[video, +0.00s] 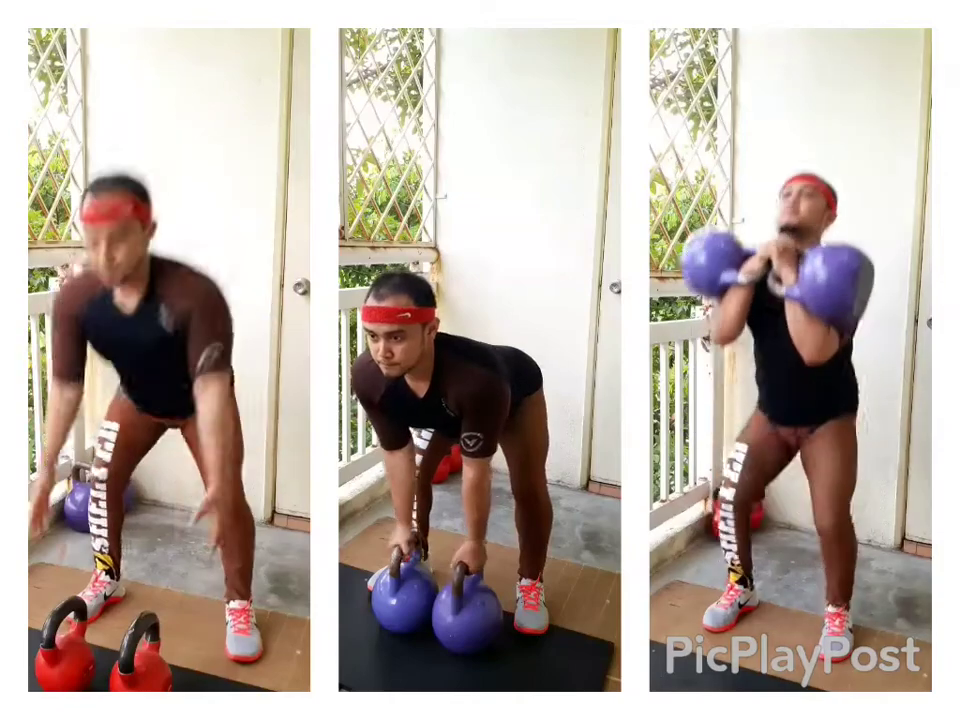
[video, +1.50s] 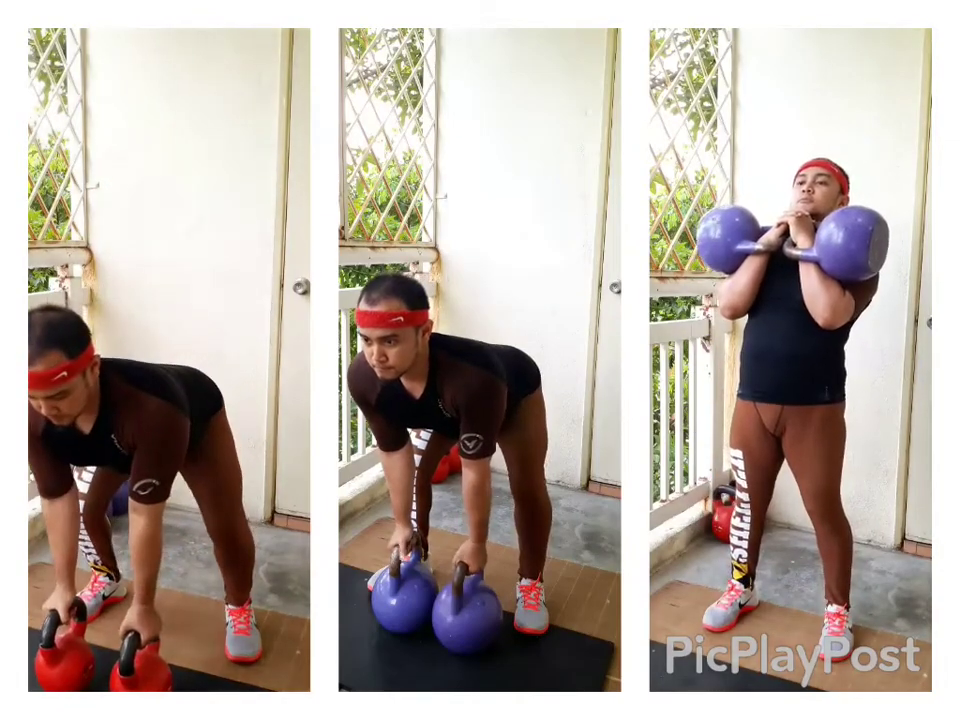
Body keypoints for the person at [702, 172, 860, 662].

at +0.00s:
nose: (793, 203)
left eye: (807, 197)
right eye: (787, 196)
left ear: (829, 215)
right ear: (776, 209)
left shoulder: (838, 269)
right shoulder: (753, 265)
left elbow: (815, 351)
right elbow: (722, 334)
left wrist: (789, 279)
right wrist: (749, 273)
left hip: (828, 418)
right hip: (771, 414)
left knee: (831, 522)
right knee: (735, 500)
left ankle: (837, 613)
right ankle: (740, 586)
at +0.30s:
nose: (804, 174)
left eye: (818, 169)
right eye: (799, 169)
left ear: (843, 190)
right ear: (788, 186)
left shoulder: (851, 248)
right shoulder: (766, 239)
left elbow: (824, 309)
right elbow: (727, 300)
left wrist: (801, 238)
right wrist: (761, 236)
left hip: (815, 405)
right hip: (757, 399)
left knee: (826, 512)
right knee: (750, 502)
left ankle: (837, 610)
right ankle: (739, 586)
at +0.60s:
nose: (808, 185)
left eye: (822, 180)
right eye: (802, 179)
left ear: (845, 200)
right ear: (791, 195)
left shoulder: (854, 258)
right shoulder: (767, 248)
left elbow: (830, 313)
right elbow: (730, 303)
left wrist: (806, 242)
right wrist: (767, 242)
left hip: (813, 409)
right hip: (752, 402)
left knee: (824, 514)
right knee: (748, 503)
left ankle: (836, 609)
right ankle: (741, 586)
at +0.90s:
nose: (809, 186)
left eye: (823, 181)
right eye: (803, 181)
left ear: (846, 201)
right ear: (792, 196)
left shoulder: (855, 259)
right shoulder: (768, 248)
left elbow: (832, 314)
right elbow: (730, 303)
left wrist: (807, 244)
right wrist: (769, 244)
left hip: (813, 408)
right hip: (751, 401)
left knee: (824, 513)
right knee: (748, 503)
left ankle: (836, 609)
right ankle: (741, 585)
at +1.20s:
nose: (808, 187)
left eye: (822, 182)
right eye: (802, 181)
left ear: (846, 201)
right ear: (791, 196)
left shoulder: (856, 258)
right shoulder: (767, 248)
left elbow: (833, 314)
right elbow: (730, 304)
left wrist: (807, 244)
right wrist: (769, 244)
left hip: (814, 408)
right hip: (752, 401)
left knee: (825, 514)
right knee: (748, 504)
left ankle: (836, 610)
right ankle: (741, 586)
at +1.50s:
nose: (805, 188)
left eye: (819, 182)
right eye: (800, 182)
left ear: (844, 199)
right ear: (789, 196)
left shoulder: (854, 259)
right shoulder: (766, 249)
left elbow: (830, 315)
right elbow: (728, 306)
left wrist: (804, 246)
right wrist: (764, 246)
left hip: (814, 408)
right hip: (752, 401)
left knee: (825, 513)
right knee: (748, 503)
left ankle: (836, 610)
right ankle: (740, 587)